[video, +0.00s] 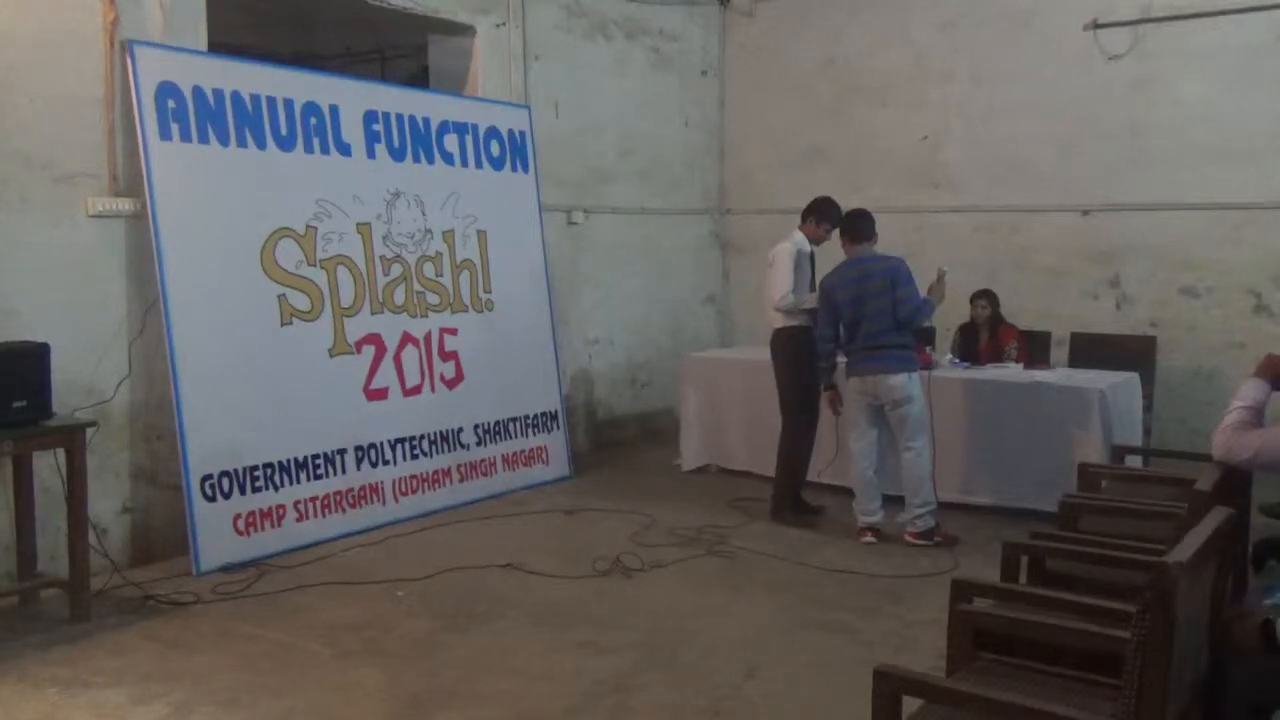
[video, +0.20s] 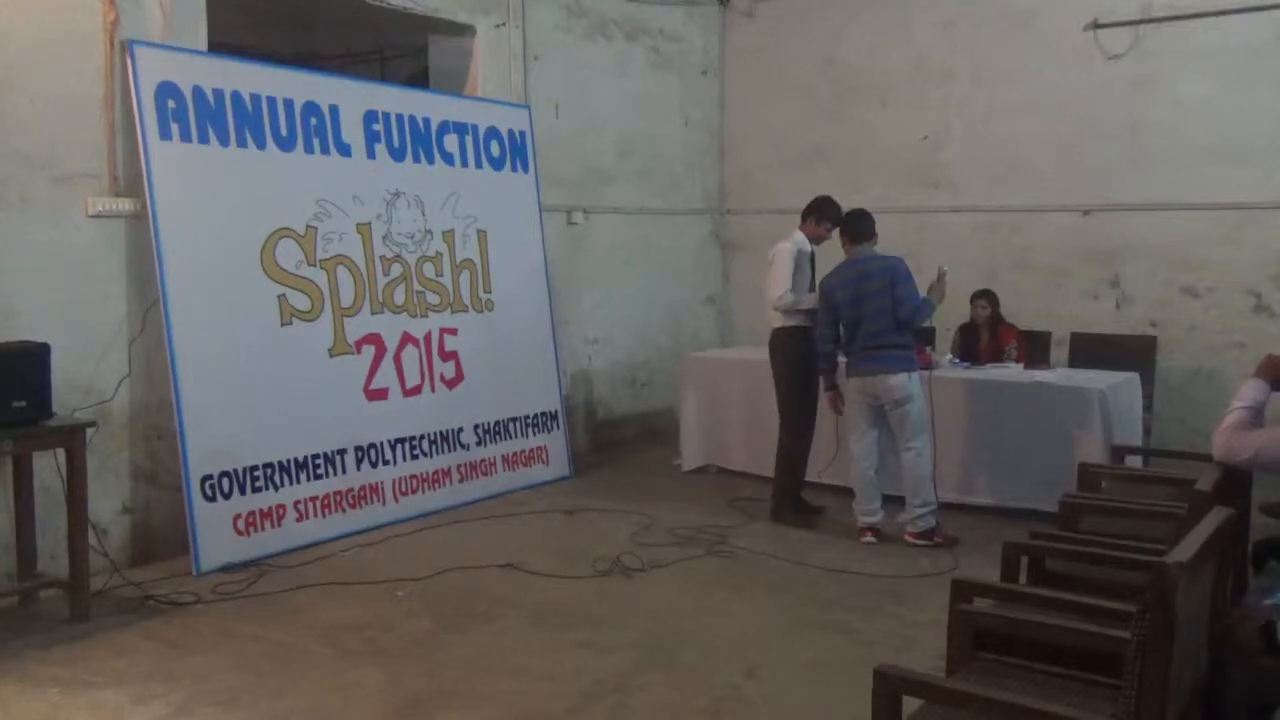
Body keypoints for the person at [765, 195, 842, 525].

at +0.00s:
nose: (827, 237)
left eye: (830, 231)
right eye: (826, 229)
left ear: (815, 223)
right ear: (811, 221)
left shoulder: (805, 252)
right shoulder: (787, 251)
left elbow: (800, 298)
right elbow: (781, 300)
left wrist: (824, 301)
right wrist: (820, 299)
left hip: (805, 337)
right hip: (790, 338)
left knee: (807, 420)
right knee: (796, 421)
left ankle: (794, 494)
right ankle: (783, 501)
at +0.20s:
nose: (828, 236)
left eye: (831, 231)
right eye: (827, 229)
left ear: (815, 223)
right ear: (811, 221)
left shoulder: (806, 252)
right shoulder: (787, 250)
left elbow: (800, 297)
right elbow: (779, 299)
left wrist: (825, 303)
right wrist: (821, 299)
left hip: (805, 337)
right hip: (788, 338)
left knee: (804, 423)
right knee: (794, 424)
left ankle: (794, 495)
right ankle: (783, 503)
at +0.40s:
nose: (829, 233)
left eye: (831, 227)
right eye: (827, 226)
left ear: (816, 221)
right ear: (810, 219)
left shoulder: (807, 251)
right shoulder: (788, 249)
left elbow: (800, 297)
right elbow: (778, 298)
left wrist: (823, 304)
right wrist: (819, 300)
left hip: (804, 337)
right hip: (788, 338)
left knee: (804, 423)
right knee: (794, 424)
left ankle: (794, 496)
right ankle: (783, 503)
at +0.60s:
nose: (826, 226)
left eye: (828, 220)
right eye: (822, 219)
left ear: (823, 220)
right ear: (804, 216)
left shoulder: (808, 251)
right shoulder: (788, 249)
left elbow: (801, 296)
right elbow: (778, 298)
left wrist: (824, 303)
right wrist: (817, 302)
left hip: (803, 335)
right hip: (787, 337)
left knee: (803, 422)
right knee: (792, 422)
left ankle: (793, 495)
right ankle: (783, 503)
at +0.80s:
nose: (822, 219)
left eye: (824, 213)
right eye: (816, 213)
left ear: (820, 216)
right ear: (798, 215)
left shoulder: (810, 250)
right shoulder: (787, 249)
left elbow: (801, 297)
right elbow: (776, 298)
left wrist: (825, 306)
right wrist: (817, 304)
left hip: (803, 336)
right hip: (785, 336)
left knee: (803, 420)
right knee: (788, 421)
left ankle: (793, 495)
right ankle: (781, 504)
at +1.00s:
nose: (811, 217)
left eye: (813, 211)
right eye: (804, 212)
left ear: (816, 214)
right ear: (788, 216)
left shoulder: (810, 251)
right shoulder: (782, 252)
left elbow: (801, 300)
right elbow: (772, 302)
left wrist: (822, 311)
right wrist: (815, 311)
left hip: (801, 337)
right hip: (781, 338)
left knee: (801, 420)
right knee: (780, 421)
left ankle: (791, 495)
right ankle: (769, 503)